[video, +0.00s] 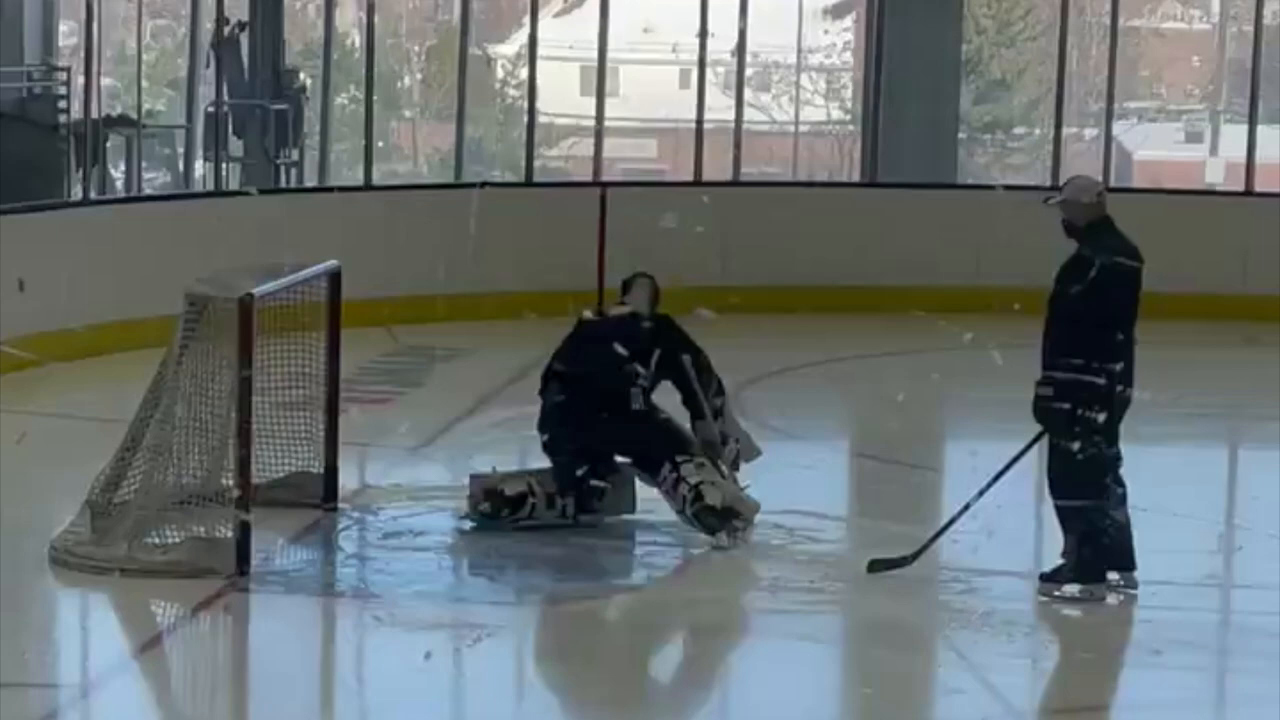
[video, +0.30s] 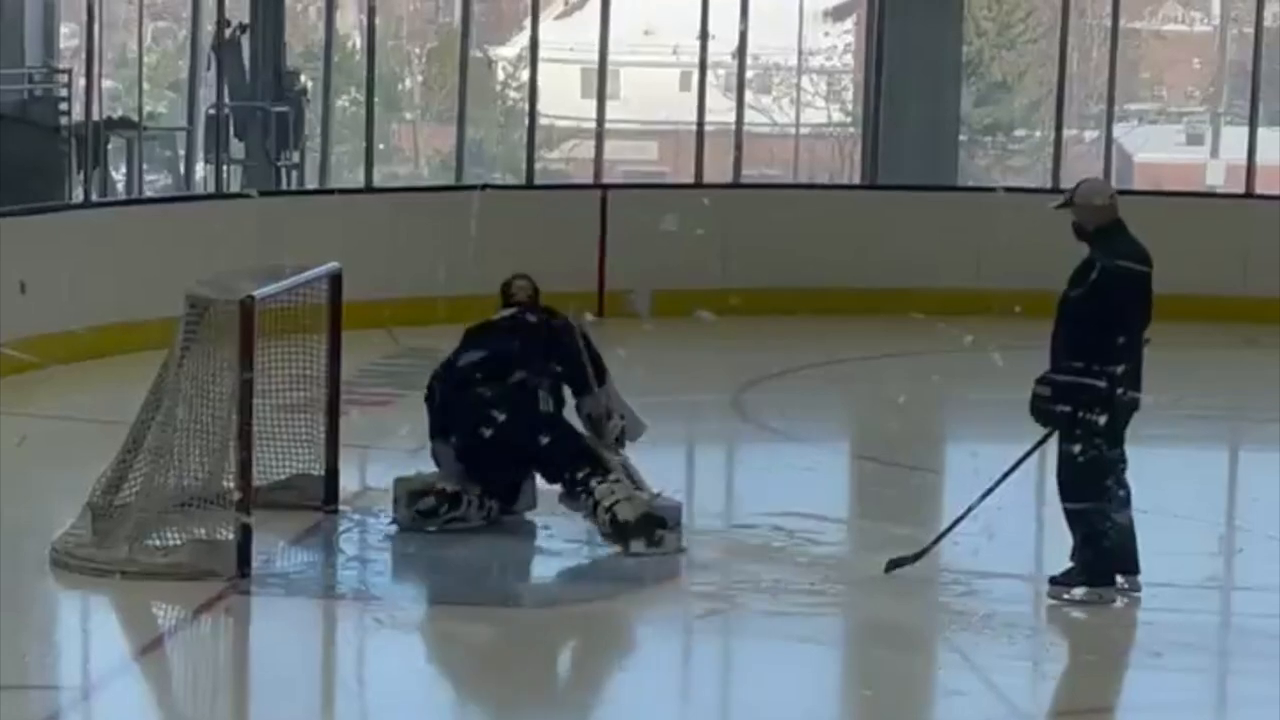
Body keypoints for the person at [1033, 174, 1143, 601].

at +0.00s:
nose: (1062, 218)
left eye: (1067, 210)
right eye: (1062, 209)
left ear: (1084, 210)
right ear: (1092, 209)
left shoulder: (1107, 259)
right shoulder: (1097, 254)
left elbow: (1099, 335)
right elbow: (1062, 331)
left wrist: (1067, 391)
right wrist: (1050, 385)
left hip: (1088, 390)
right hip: (1092, 387)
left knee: (1073, 478)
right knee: (1097, 475)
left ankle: (1086, 565)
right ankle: (1115, 560)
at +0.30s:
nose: (1071, 221)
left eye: (1076, 213)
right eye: (1072, 212)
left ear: (1093, 214)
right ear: (1106, 211)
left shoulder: (1113, 263)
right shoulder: (1116, 256)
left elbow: (1109, 337)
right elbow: (1077, 334)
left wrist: (1072, 393)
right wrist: (1054, 386)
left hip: (1096, 393)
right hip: (1103, 390)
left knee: (1081, 481)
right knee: (1103, 478)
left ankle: (1096, 571)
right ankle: (1118, 565)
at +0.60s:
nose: (1076, 225)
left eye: (1080, 217)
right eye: (1076, 216)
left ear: (1095, 218)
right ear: (1111, 216)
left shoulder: (1116, 266)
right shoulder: (1121, 259)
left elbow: (1104, 342)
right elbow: (1080, 338)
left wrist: (1078, 397)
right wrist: (1061, 391)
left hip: (1099, 396)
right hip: (1110, 392)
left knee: (1080, 480)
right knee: (1105, 478)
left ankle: (1098, 570)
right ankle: (1121, 564)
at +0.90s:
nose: (1081, 226)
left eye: (1085, 218)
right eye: (1081, 218)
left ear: (1103, 218)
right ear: (1113, 217)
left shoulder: (1123, 266)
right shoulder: (1118, 261)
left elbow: (1116, 343)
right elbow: (1098, 340)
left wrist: (1095, 402)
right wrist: (1071, 395)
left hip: (1104, 399)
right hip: (1105, 395)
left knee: (1084, 483)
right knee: (1103, 481)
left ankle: (1100, 571)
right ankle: (1118, 566)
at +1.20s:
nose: (1084, 228)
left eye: (1088, 220)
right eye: (1084, 220)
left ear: (1105, 220)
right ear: (1119, 219)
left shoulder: (1121, 267)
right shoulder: (1134, 260)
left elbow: (1104, 338)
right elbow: (1097, 333)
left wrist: (1076, 389)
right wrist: (1069, 377)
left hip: (1107, 396)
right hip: (1122, 393)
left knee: (1085, 483)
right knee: (1111, 481)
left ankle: (1096, 573)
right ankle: (1124, 568)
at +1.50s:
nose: (1092, 229)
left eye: (1097, 221)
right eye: (1092, 221)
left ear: (1113, 221)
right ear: (1127, 219)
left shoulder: (1125, 269)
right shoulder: (1141, 263)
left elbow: (1100, 336)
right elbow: (1103, 332)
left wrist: (1074, 385)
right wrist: (1073, 374)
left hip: (1109, 397)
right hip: (1125, 393)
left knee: (1092, 486)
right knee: (1118, 483)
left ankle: (1110, 577)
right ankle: (1136, 571)